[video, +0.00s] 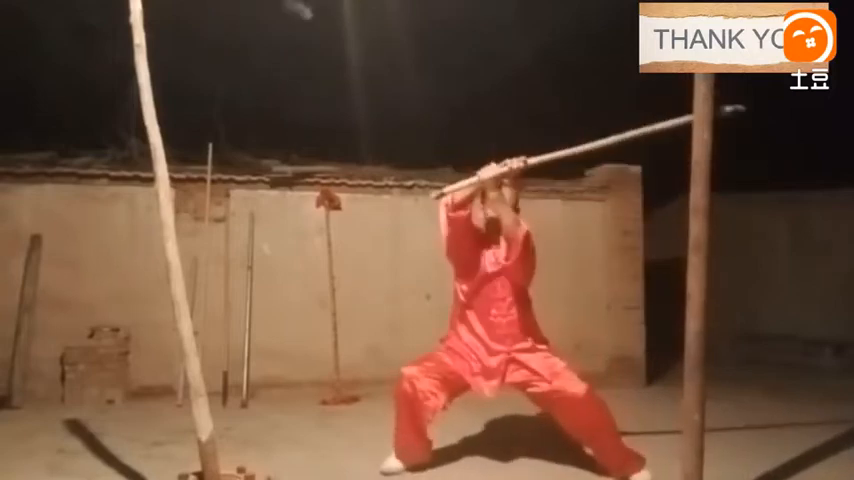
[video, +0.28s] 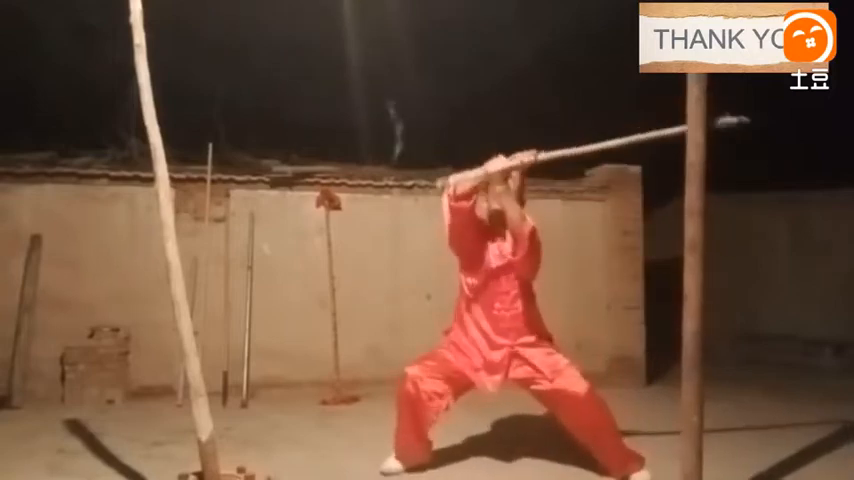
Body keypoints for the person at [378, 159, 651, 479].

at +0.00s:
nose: (492, 206)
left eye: (499, 197)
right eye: (486, 198)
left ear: (512, 202)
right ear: (475, 204)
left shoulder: (518, 241)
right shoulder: (464, 245)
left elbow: (523, 276)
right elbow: (451, 205)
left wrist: (505, 205)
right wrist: (484, 178)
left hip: (522, 351)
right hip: (466, 348)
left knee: (577, 395)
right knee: (412, 383)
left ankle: (626, 466)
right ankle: (411, 455)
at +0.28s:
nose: (495, 201)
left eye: (503, 193)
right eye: (489, 194)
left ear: (516, 197)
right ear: (477, 200)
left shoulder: (523, 237)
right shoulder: (468, 240)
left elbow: (520, 224)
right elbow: (453, 195)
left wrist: (503, 184)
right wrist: (487, 171)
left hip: (524, 347)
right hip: (469, 345)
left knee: (579, 394)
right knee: (415, 382)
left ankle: (627, 466)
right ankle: (410, 456)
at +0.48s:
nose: (513, 164)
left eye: (519, 157)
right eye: (506, 157)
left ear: (527, 168)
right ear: (491, 167)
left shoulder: (540, 218)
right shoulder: (483, 217)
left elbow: (534, 249)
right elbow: (469, 208)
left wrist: (489, 182)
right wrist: (472, 171)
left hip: (547, 330)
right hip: (494, 330)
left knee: (591, 391)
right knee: (447, 388)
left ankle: (626, 467)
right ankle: (413, 453)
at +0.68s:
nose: (509, 176)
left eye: (517, 168)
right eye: (505, 170)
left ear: (534, 169)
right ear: (499, 175)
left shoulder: (550, 203)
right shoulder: (500, 206)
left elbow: (536, 250)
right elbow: (463, 224)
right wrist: (484, 182)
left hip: (573, 299)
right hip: (533, 301)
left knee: (596, 376)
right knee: (496, 365)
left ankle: (629, 463)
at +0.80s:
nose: (502, 177)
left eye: (509, 169)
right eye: (497, 171)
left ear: (528, 168)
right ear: (491, 175)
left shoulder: (547, 202)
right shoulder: (498, 205)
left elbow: (541, 243)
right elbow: (481, 228)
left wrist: (501, 249)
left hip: (575, 293)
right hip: (536, 295)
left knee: (596, 373)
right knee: (511, 367)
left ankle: (629, 461)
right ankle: (547, 444)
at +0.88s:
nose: (490, 178)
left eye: (496, 170)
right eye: (486, 172)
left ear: (517, 167)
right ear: (484, 174)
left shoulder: (539, 198)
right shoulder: (495, 210)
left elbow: (518, 250)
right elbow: (474, 249)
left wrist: (472, 282)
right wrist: (453, 281)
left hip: (576, 301)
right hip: (539, 303)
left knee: (586, 370)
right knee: (525, 370)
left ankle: (629, 453)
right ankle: (549, 450)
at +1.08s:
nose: (486, 178)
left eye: (491, 169)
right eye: (482, 171)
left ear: (512, 166)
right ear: (481, 173)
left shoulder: (530, 197)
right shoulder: (502, 205)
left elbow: (508, 255)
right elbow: (484, 250)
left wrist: (481, 295)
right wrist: (472, 290)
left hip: (562, 301)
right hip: (535, 302)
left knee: (524, 366)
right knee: (519, 364)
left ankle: (540, 452)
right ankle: (533, 442)